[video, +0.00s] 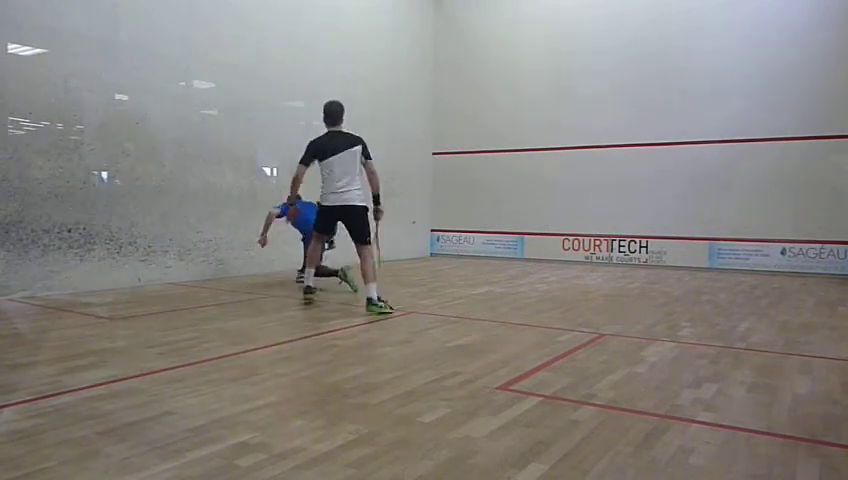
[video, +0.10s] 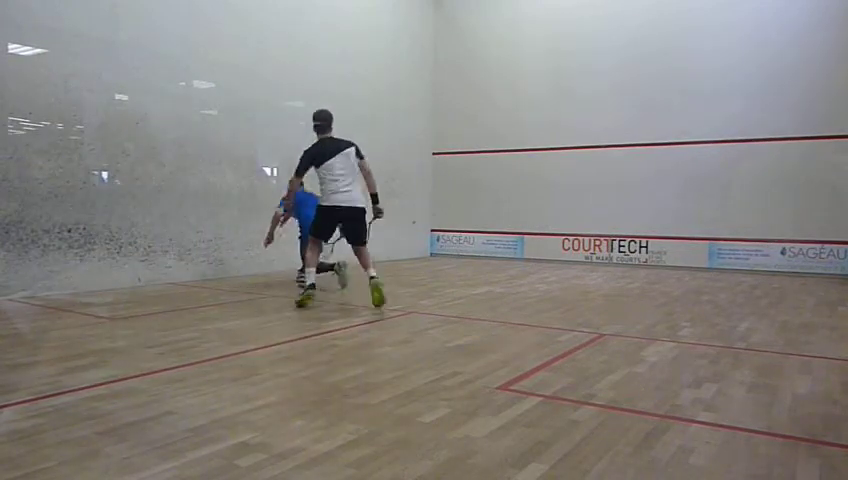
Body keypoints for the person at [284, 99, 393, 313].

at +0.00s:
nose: (332, 119)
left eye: (328, 115)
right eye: (340, 116)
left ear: (324, 118)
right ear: (343, 118)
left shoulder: (316, 144)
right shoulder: (357, 142)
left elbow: (298, 176)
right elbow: (371, 172)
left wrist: (291, 203)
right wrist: (377, 202)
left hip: (328, 206)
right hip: (355, 205)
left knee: (317, 241)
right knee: (365, 250)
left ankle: (308, 284)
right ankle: (373, 298)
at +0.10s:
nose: (316, 128)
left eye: (316, 125)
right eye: (319, 124)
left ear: (314, 127)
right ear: (332, 126)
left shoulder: (312, 152)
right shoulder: (350, 146)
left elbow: (295, 180)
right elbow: (367, 173)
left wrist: (289, 207)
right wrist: (375, 202)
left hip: (329, 208)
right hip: (356, 207)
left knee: (314, 243)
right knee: (360, 246)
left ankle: (310, 284)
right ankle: (373, 277)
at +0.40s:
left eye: (327, 138)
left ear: (325, 141)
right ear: (341, 140)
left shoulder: (320, 162)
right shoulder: (352, 159)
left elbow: (317, 192)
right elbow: (364, 186)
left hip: (334, 207)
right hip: (356, 206)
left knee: (326, 245)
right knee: (356, 240)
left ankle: (320, 276)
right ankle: (367, 278)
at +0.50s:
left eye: (335, 130)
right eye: (345, 129)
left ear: (332, 131)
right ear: (348, 132)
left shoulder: (327, 150)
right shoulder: (354, 152)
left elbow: (328, 175)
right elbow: (359, 177)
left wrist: (314, 183)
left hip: (337, 199)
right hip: (357, 198)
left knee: (330, 238)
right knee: (354, 234)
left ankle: (339, 273)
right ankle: (366, 271)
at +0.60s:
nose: (337, 129)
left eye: (339, 126)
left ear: (338, 128)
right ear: (353, 130)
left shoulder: (340, 143)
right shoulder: (356, 148)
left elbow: (339, 159)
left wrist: (313, 171)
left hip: (347, 197)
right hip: (361, 197)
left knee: (336, 235)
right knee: (351, 236)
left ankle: (353, 276)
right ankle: (359, 275)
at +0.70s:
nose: (339, 133)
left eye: (340, 129)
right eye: (342, 129)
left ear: (341, 131)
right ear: (355, 131)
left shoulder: (350, 144)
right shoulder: (353, 148)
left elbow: (351, 156)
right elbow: (349, 181)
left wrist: (324, 160)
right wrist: (332, 187)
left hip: (359, 199)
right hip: (357, 199)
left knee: (347, 239)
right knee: (348, 239)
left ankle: (362, 280)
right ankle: (361, 278)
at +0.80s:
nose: (341, 132)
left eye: (342, 129)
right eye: (342, 129)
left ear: (346, 130)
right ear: (356, 130)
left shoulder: (354, 142)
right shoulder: (355, 148)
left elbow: (361, 155)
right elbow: (355, 182)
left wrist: (335, 157)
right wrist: (336, 186)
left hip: (365, 197)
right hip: (360, 197)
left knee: (356, 235)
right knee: (353, 235)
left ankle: (371, 281)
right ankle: (361, 277)